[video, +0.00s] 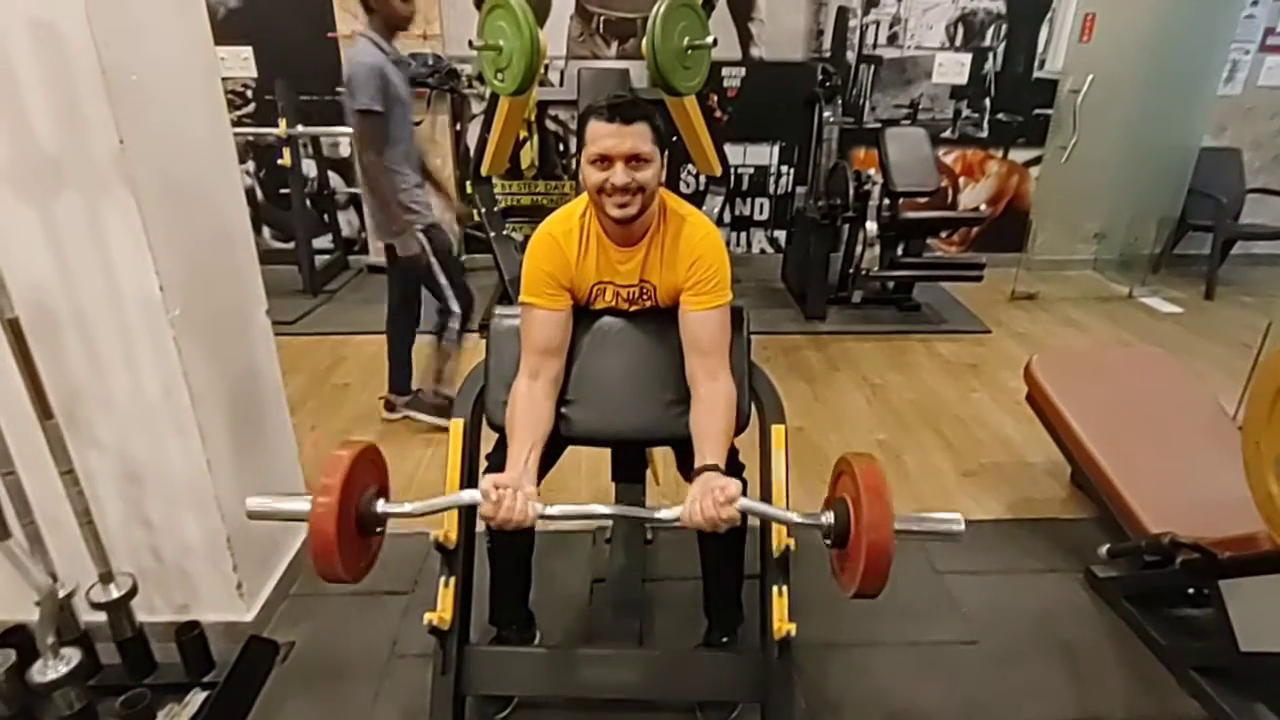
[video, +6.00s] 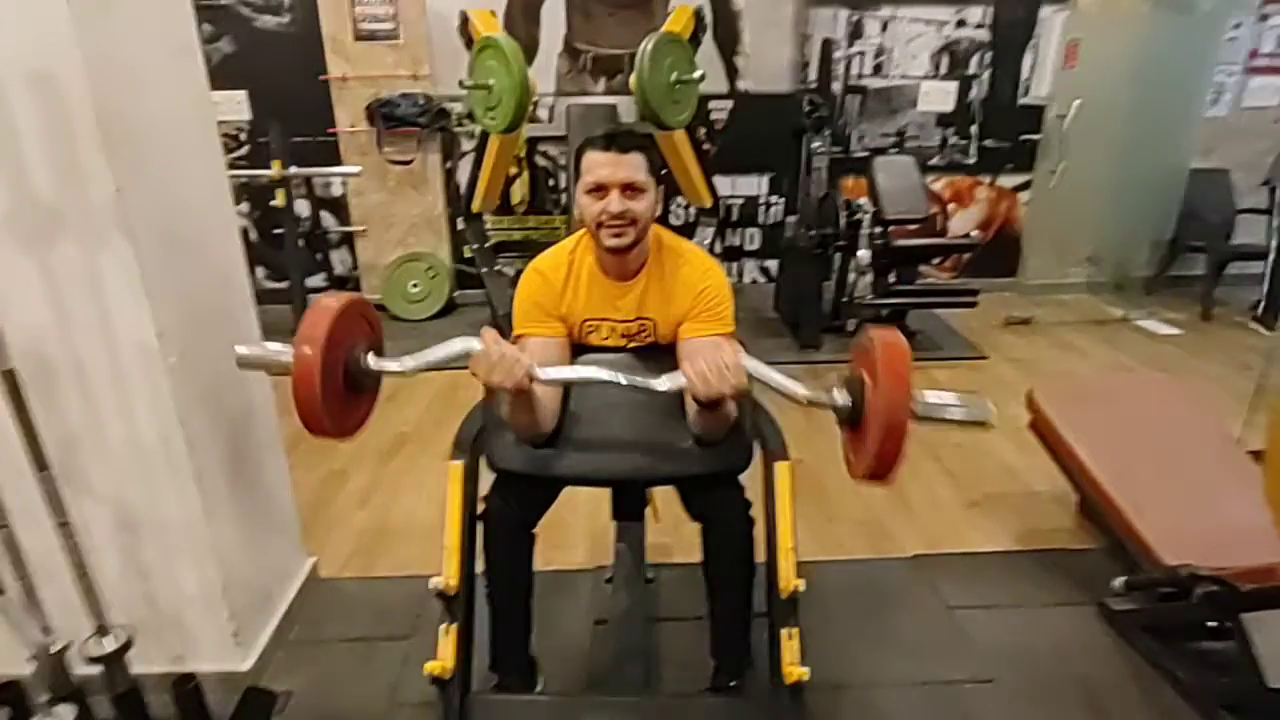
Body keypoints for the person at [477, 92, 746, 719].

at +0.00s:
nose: (620, 178)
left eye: (636, 162)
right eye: (602, 163)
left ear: (661, 167)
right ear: (581, 168)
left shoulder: (696, 241)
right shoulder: (553, 242)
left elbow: (710, 372)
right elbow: (536, 372)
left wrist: (711, 468)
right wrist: (518, 472)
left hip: (674, 367)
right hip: (577, 367)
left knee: (720, 477)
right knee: (508, 469)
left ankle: (723, 637)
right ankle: (511, 630)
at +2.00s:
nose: (652, 238)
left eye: (661, 224)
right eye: (635, 231)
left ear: (671, 199)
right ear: (593, 211)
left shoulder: (696, 249)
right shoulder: (551, 250)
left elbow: (709, 401)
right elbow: (539, 401)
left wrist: (704, 339)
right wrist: (520, 329)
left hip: (669, 391)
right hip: (576, 390)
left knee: (720, 479)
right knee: (507, 479)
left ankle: (724, 637)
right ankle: (512, 633)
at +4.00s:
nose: (620, 240)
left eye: (636, 224)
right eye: (603, 224)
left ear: (659, 201)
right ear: (583, 203)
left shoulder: (698, 255)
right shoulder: (556, 254)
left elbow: (712, 374)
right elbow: (538, 377)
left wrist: (713, 447)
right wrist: (517, 453)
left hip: (670, 390)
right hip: (577, 388)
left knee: (720, 474)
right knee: (504, 474)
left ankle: (724, 639)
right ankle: (512, 639)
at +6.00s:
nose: (615, 207)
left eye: (632, 192)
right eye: (598, 192)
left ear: (656, 201)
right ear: (576, 202)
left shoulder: (697, 275)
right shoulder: (546, 277)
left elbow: (714, 428)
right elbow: (534, 426)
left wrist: (717, 399)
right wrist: (515, 390)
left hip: (670, 418)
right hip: (575, 419)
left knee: (728, 511)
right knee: (505, 512)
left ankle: (730, 673)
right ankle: (512, 675)